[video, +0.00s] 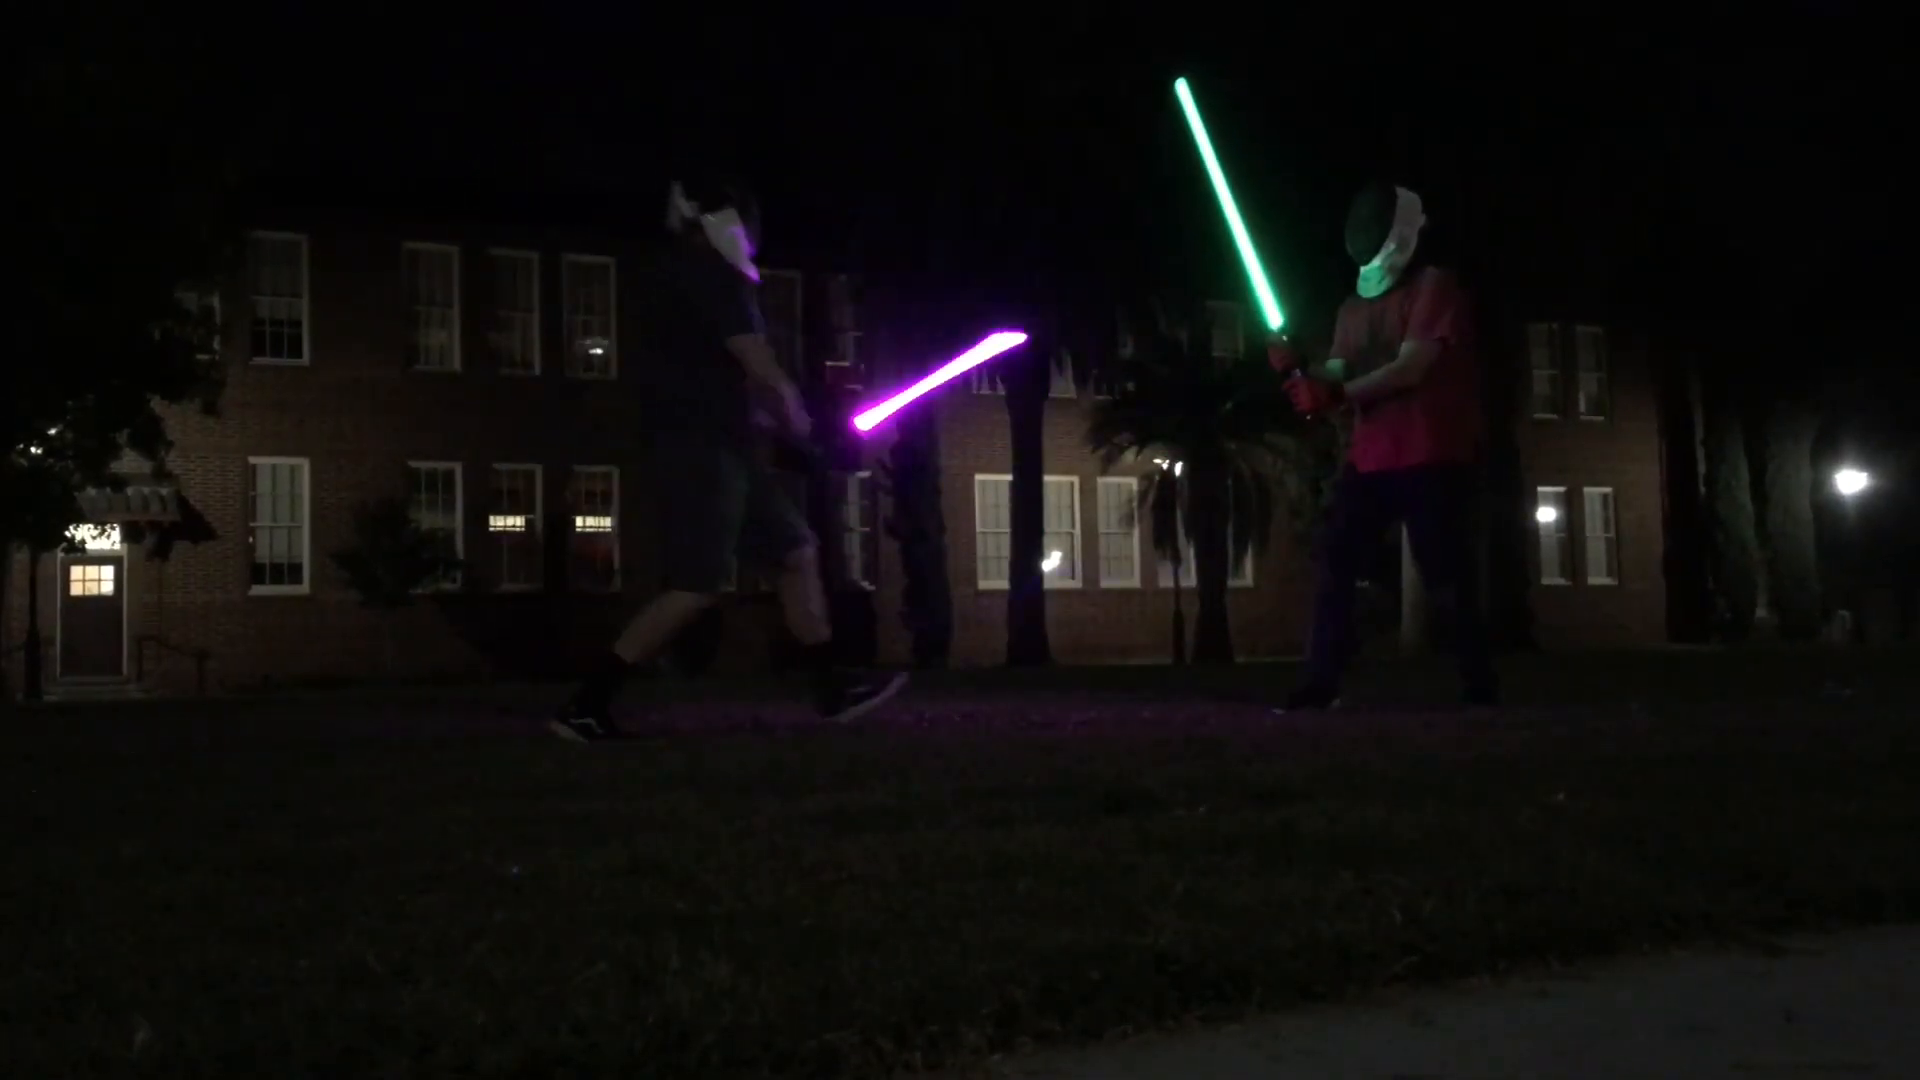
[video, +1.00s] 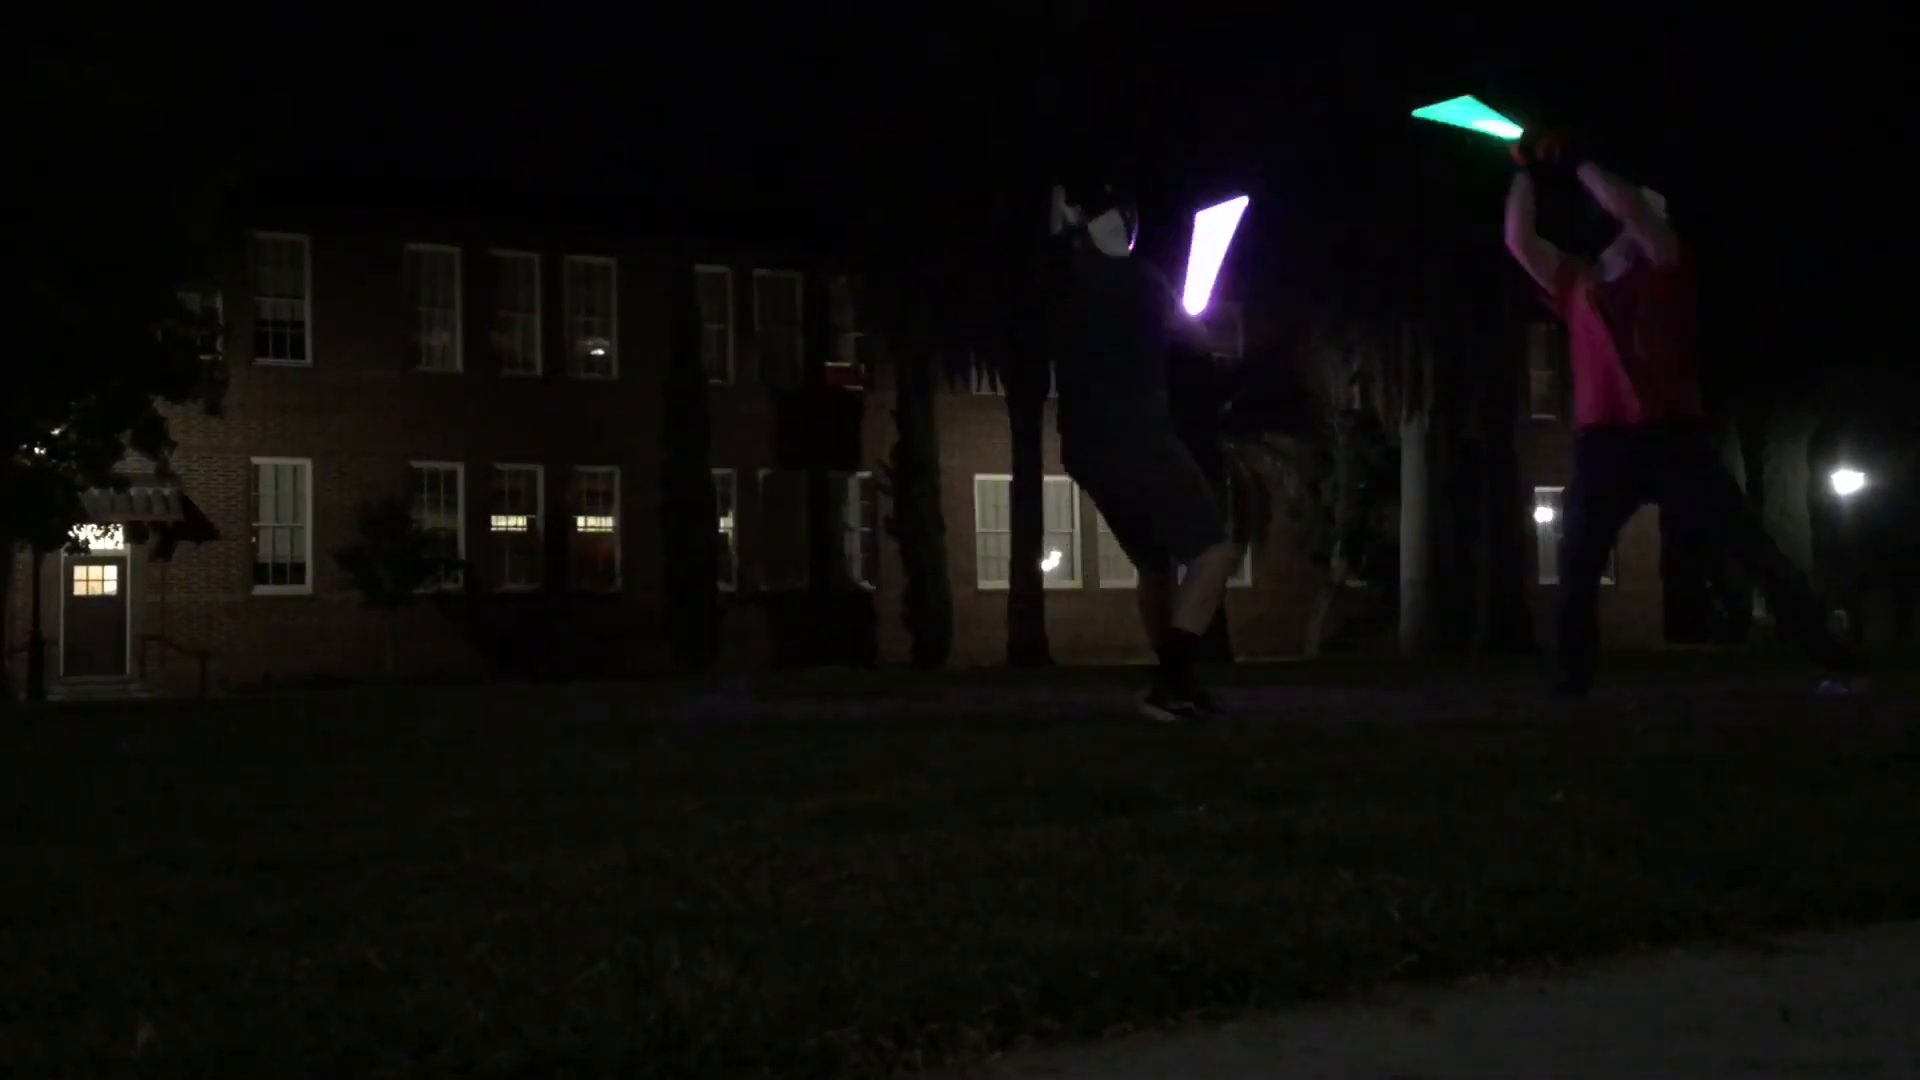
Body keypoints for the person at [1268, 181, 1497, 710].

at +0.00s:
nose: (1369, 253)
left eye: (1379, 240)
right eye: (1363, 243)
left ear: (1404, 237)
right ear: (1360, 245)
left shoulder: (1434, 289)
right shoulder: (1356, 309)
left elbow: (1414, 365)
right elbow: (1339, 375)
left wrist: (1340, 393)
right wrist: (1298, 370)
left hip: (1432, 461)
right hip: (1371, 464)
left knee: (1446, 576)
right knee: (1338, 566)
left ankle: (1474, 684)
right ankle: (1321, 680)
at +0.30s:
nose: (1368, 262)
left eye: (1382, 252)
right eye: (1366, 250)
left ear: (1407, 260)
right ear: (1360, 258)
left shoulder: (1425, 312)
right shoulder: (1350, 329)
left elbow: (1372, 372)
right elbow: (1316, 393)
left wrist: (1303, 415)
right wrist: (1254, 411)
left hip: (1434, 479)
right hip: (1373, 482)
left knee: (1473, 586)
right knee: (1319, 563)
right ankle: (1311, 682)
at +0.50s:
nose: (1449, 282)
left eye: (1460, 271)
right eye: (1450, 273)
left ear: (1485, 274)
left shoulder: (1502, 310)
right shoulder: (1441, 330)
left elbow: (1431, 331)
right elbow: (1406, 398)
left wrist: (1367, 343)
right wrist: (1338, 392)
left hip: (1495, 482)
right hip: (1436, 485)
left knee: (1548, 598)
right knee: (1373, 584)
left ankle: (1640, 688)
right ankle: (1317, 690)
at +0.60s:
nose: (1491, 275)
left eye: (1502, 266)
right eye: (1486, 267)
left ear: (1527, 262)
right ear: (1484, 271)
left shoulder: (1554, 301)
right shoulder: (1474, 325)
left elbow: (1499, 277)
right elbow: (1444, 359)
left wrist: (1430, 280)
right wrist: (1398, 341)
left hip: (1550, 466)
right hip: (1484, 471)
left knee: (1587, 586)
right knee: (1431, 580)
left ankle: (1644, 687)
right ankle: (1361, 678)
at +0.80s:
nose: (1564, 226)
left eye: (1573, 217)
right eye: (1553, 220)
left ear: (1580, 222)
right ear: (1540, 229)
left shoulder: (1602, 254)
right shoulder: (1522, 280)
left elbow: (1579, 184)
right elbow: (1494, 245)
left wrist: (1516, 154)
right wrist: (1474, 181)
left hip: (1614, 412)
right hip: (1548, 419)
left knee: (1642, 551)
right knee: (1542, 555)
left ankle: (1650, 674)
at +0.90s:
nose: (1596, 222)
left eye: (1600, 210)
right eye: (1584, 214)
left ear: (1607, 215)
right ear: (1566, 223)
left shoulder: (1633, 252)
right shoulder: (1543, 272)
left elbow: (1616, 181)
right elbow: (1500, 215)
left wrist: (1566, 131)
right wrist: (1497, 149)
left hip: (1644, 421)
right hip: (1576, 427)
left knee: (1690, 526)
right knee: (1572, 560)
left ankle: (1695, 653)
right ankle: (1573, 679)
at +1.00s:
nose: (1624, 228)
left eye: (1635, 217)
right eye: (1620, 218)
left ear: (1651, 227)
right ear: (1605, 226)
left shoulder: (1666, 269)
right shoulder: (1577, 282)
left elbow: (1628, 209)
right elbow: (1519, 240)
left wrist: (1575, 160)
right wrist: (1524, 172)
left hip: (1673, 438)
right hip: (1604, 443)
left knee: (1747, 549)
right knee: (1578, 563)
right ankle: (1571, 680)